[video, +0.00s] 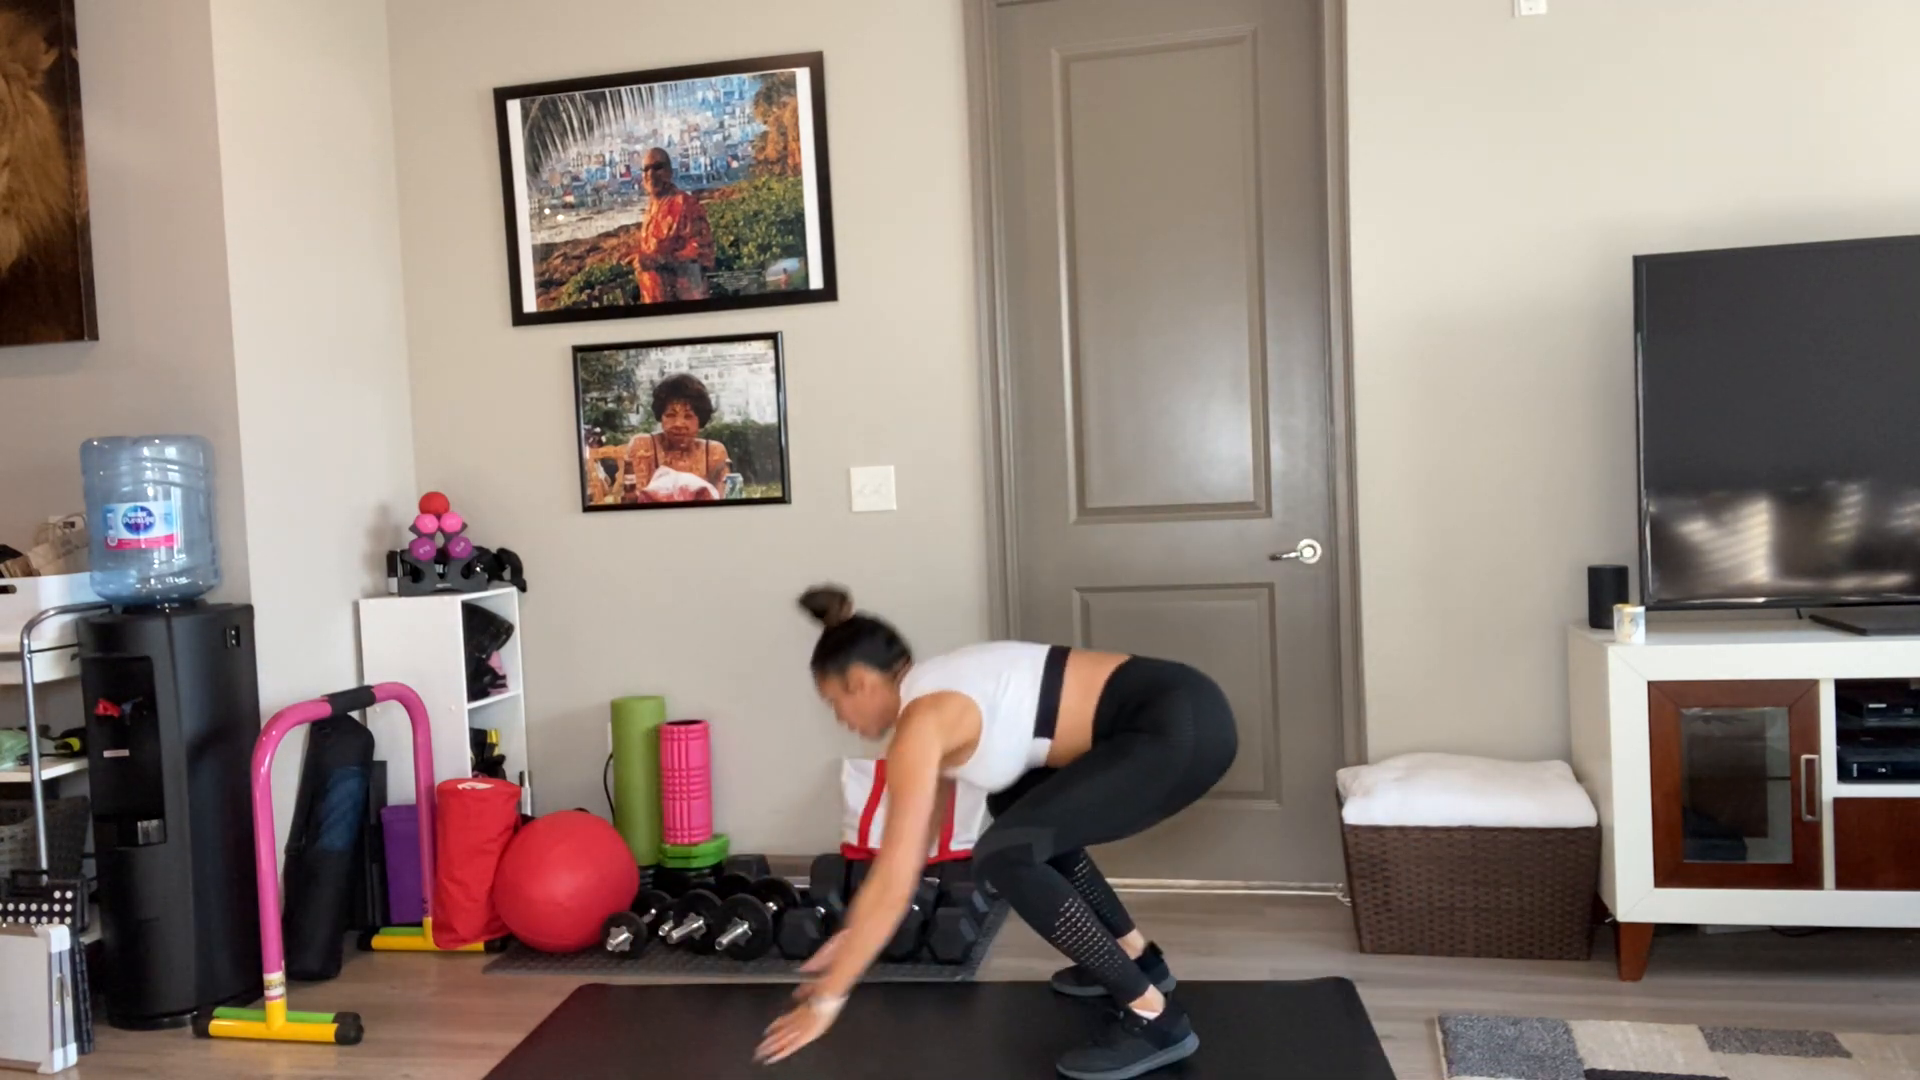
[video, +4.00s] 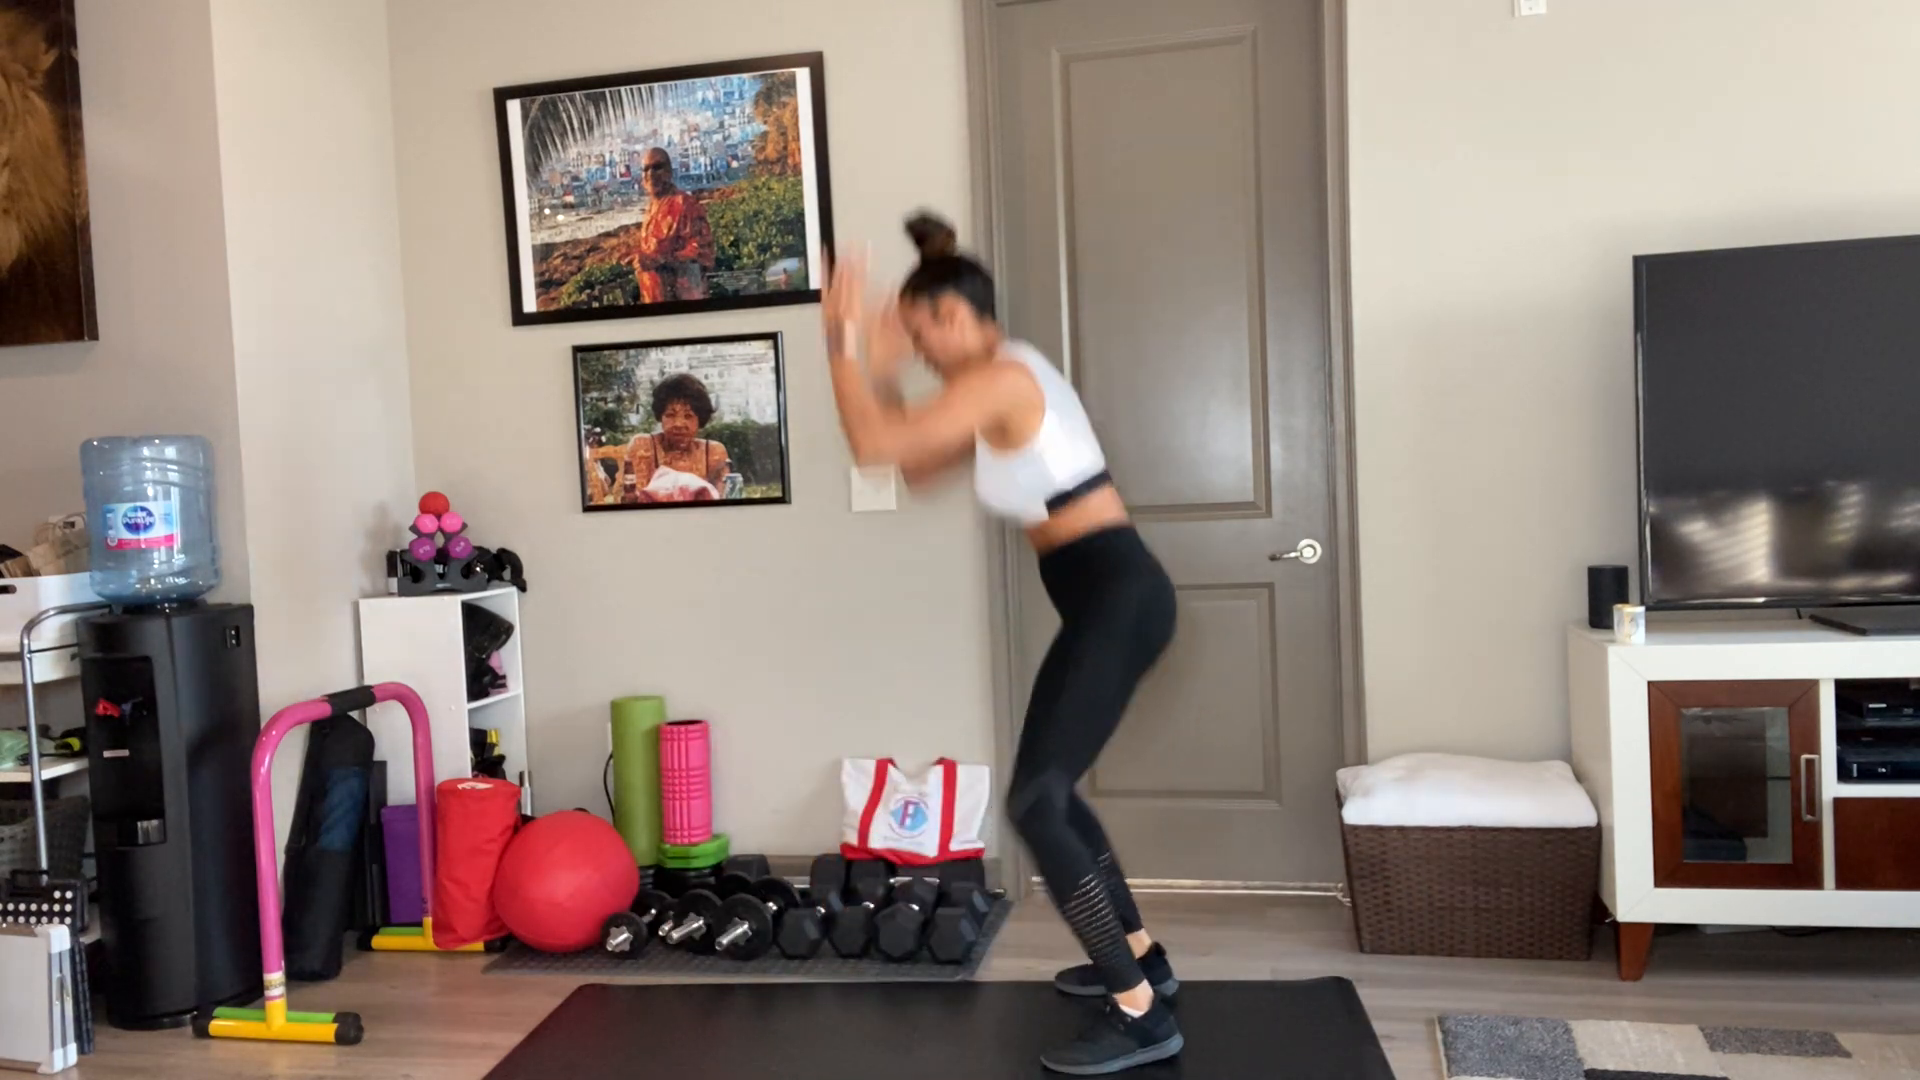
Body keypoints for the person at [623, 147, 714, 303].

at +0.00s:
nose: (650, 174)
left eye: (657, 167)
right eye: (646, 169)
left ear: (670, 172)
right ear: (642, 176)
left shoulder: (686, 204)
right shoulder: (653, 206)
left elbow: (703, 255)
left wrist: (655, 260)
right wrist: (638, 257)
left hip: (683, 297)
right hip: (655, 297)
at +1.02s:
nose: (650, 174)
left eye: (657, 167)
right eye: (646, 169)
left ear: (670, 172)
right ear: (642, 175)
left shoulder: (685, 204)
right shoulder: (653, 206)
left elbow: (703, 254)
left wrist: (656, 260)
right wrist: (638, 257)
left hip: (682, 297)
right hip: (654, 297)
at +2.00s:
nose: (650, 175)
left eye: (657, 168)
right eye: (646, 169)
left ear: (669, 171)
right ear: (642, 176)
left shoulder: (686, 204)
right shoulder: (654, 206)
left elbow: (702, 255)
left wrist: (657, 261)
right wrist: (638, 257)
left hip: (683, 297)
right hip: (656, 297)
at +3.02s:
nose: (650, 174)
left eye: (657, 167)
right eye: (646, 169)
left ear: (669, 171)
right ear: (642, 176)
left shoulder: (686, 204)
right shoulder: (654, 206)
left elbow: (702, 254)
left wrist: (657, 260)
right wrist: (638, 257)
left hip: (683, 297)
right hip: (655, 297)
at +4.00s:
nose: (650, 174)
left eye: (657, 167)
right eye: (645, 169)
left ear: (669, 172)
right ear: (642, 176)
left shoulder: (686, 204)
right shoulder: (654, 206)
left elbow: (703, 255)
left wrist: (658, 260)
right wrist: (638, 257)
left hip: (682, 297)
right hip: (655, 297)